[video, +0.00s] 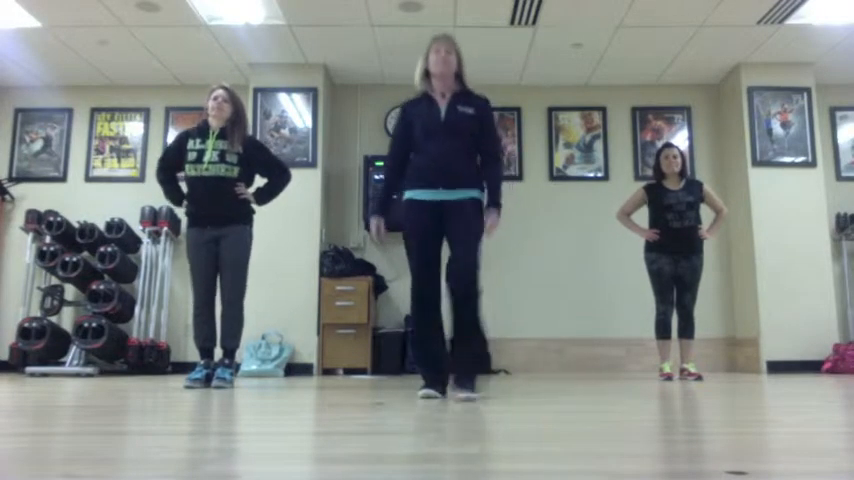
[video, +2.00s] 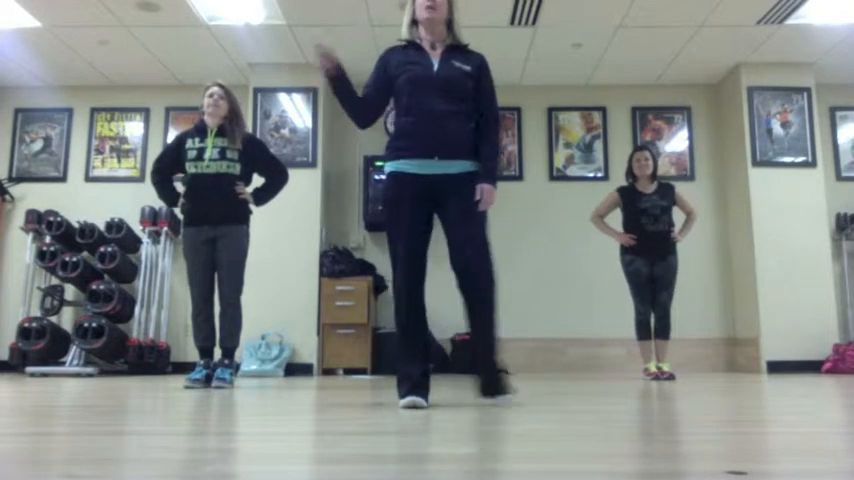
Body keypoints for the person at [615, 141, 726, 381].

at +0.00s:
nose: (672, 161)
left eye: (675, 157)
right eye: (666, 158)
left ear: (682, 160)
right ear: (659, 163)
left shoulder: (696, 187)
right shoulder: (651, 190)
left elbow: (721, 210)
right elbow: (622, 214)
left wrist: (709, 232)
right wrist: (643, 232)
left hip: (690, 253)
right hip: (660, 254)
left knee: (686, 309)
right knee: (664, 308)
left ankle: (687, 363)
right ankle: (665, 363)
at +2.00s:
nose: (642, 164)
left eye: (646, 160)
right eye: (638, 161)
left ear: (654, 163)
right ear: (631, 166)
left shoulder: (667, 191)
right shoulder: (624, 193)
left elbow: (692, 213)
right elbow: (595, 217)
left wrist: (680, 235)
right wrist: (617, 235)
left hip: (665, 253)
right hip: (636, 255)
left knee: (663, 307)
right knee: (642, 309)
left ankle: (662, 362)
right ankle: (648, 363)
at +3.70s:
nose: (635, 164)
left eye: (639, 161)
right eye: (631, 161)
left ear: (645, 166)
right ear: (622, 165)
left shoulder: (656, 194)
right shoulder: (612, 196)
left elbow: (675, 223)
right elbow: (606, 230)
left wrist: (690, 250)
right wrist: (613, 210)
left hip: (656, 255)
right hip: (626, 256)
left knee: (663, 308)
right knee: (627, 310)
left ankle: (663, 363)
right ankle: (616, 364)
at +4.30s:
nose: (638, 163)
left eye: (640, 160)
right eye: (633, 160)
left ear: (643, 166)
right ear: (622, 166)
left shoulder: (649, 194)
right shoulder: (611, 190)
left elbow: (656, 231)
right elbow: (615, 210)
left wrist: (671, 264)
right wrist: (626, 181)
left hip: (645, 256)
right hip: (619, 256)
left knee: (676, 299)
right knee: (619, 307)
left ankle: (672, 358)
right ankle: (615, 365)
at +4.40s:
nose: (647, 165)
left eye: (650, 161)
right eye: (642, 160)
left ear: (654, 166)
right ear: (634, 165)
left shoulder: (658, 201)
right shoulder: (626, 190)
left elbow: (661, 239)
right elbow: (622, 220)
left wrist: (678, 269)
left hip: (650, 257)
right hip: (626, 254)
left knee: (670, 306)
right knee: (626, 306)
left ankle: (670, 364)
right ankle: (615, 364)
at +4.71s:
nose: (681, 176)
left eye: (683, 172)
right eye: (674, 172)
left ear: (687, 179)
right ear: (664, 177)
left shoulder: (679, 211)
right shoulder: (655, 200)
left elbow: (668, 251)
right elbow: (630, 222)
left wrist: (680, 278)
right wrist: (649, 211)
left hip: (658, 263)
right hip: (636, 256)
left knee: (678, 307)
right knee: (656, 302)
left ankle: (671, 365)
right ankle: (610, 336)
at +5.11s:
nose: (676, 170)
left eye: (679, 167)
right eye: (671, 167)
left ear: (684, 177)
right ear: (661, 174)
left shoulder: (683, 208)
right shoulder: (651, 196)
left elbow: (674, 244)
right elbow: (622, 204)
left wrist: (676, 274)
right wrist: (636, 198)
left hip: (659, 260)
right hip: (633, 252)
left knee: (677, 307)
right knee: (660, 289)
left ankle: (671, 365)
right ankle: (618, 329)